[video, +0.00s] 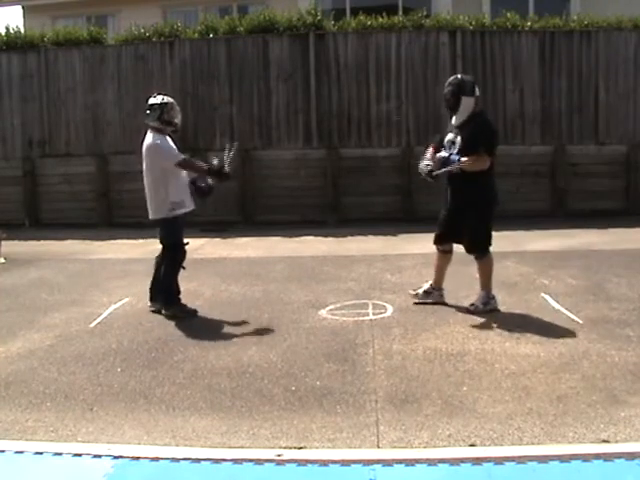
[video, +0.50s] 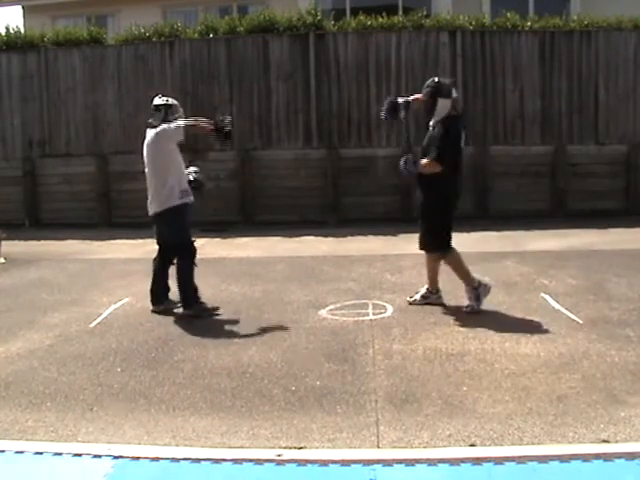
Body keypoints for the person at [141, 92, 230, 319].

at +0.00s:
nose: (175, 118)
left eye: (175, 113)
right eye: (171, 113)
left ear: (153, 116)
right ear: (163, 115)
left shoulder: (159, 139)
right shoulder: (157, 143)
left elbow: (174, 169)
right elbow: (183, 164)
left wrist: (196, 179)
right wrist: (213, 171)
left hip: (171, 207)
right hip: (167, 209)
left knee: (169, 251)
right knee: (174, 253)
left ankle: (158, 297)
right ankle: (170, 302)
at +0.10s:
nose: (175, 120)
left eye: (175, 115)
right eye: (173, 116)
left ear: (153, 117)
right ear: (166, 118)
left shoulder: (153, 140)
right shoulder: (159, 143)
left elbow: (172, 167)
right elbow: (186, 159)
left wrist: (193, 172)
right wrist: (208, 160)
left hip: (166, 207)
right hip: (169, 208)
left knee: (169, 252)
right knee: (175, 253)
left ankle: (160, 299)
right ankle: (171, 302)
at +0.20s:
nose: (175, 120)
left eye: (175, 115)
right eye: (172, 115)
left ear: (153, 116)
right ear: (165, 117)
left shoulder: (152, 139)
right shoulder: (161, 141)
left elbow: (169, 165)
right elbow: (191, 158)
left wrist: (189, 167)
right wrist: (202, 154)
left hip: (163, 207)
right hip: (169, 208)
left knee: (167, 252)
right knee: (176, 253)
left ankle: (159, 299)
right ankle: (171, 302)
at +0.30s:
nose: (176, 119)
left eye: (175, 115)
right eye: (172, 115)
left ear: (154, 116)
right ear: (165, 116)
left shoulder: (152, 138)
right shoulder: (163, 140)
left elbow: (169, 167)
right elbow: (196, 156)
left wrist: (188, 166)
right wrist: (199, 155)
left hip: (163, 206)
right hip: (170, 207)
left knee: (168, 251)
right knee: (179, 252)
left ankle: (160, 299)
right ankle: (171, 301)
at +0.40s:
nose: (177, 120)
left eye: (176, 116)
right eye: (174, 116)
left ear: (154, 116)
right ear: (168, 117)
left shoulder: (150, 138)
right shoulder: (165, 138)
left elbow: (166, 167)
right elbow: (200, 152)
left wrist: (186, 167)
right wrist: (204, 151)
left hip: (159, 206)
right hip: (173, 206)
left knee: (166, 251)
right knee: (181, 251)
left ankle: (160, 299)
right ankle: (177, 301)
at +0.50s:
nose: (177, 119)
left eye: (177, 116)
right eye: (176, 115)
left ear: (156, 115)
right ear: (168, 115)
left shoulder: (151, 138)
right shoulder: (162, 134)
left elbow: (162, 171)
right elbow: (193, 123)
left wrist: (184, 176)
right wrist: (213, 127)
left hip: (162, 206)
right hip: (172, 205)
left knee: (165, 253)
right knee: (186, 252)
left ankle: (159, 299)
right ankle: (190, 302)